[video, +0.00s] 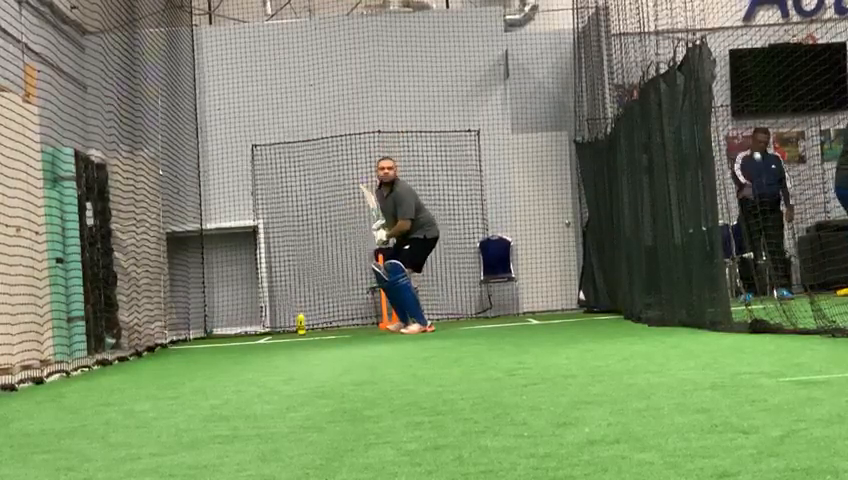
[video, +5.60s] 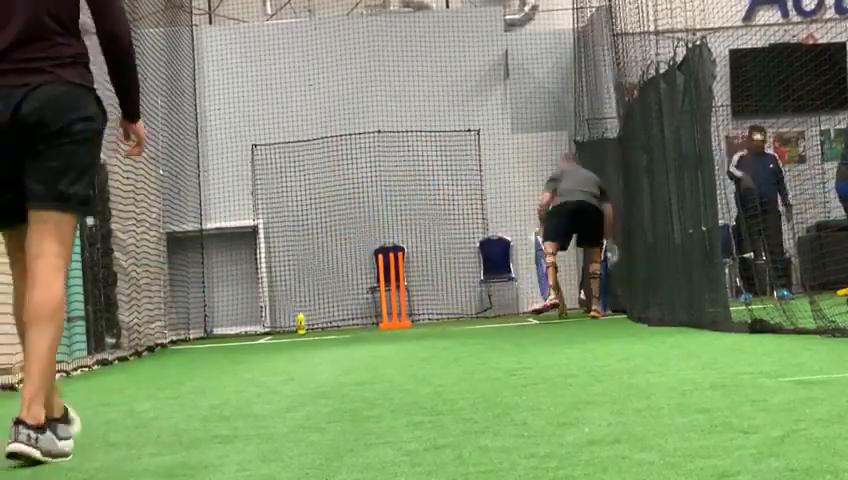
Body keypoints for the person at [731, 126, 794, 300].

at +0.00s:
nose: (762, 145)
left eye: (765, 142)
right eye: (759, 141)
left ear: (768, 142)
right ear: (752, 141)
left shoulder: (775, 159)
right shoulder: (742, 159)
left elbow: (783, 184)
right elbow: (737, 175)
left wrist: (788, 205)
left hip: (772, 207)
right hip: (751, 208)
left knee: (776, 247)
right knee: (751, 248)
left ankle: (781, 286)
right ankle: (752, 289)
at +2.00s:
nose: (755, 142)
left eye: (757, 139)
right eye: (751, 139)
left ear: (761, 140)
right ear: (743, 140)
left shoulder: (770, 159)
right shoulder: (734, 159)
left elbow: (782, 180)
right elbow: (724, 182)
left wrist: (775, 194)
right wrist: (742, 197)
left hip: (768, 210)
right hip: (745, 211)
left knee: (774, 247)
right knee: (746, 251)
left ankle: (781, 286)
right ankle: (748, 289)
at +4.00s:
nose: (755, 142)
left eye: (758, 139)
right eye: (751, 138)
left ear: (762, 141)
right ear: (744, 140)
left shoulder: (769, 159)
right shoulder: (735, 159)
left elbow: (777, 185)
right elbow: (721, 181)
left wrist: (781, 207)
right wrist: (735, 178)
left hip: (768, 211)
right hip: (744, 212)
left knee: (774, 248)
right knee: (746, 252)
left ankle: (779, 286)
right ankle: (748, 289)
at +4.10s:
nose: (755, 142)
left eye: (759, 139)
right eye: (752, 138)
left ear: (762, 142)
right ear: (744, 140)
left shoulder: (769, 160)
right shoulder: (736, 160)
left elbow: (777, 186)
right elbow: (724, 178)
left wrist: (781, 207)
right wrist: (710, 179)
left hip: (768, 211)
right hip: (744, 212)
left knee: (774, 248)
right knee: (746, 251)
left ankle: (779, 286)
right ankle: (748, 289)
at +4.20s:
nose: (754, 142)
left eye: (758, 139)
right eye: (751, 138)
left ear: (762, 142)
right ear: (744, 140)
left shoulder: (769, 160)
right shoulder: (735, 161)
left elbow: (777, 186)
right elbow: (717, 174)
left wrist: (781, 207)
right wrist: (705, 167)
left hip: (768, 211)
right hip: (744, 212)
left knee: (774, 248)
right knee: (745, 251)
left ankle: (780, 286)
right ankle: (749, 289)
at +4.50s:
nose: (756, 143)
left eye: (759, 141)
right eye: (752, 140)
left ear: (763, 142)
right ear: (745, 140)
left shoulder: (768, 160)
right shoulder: (735, 159)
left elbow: (781, 180)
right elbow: (713, 170)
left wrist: (779, 192)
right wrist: (727, 155)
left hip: (767, 210)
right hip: (744, 211)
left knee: (773, 247)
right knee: (744, 250)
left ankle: (779, 286)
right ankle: (749, 289)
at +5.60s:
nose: (759, 144)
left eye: (762, 141)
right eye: (755, 140)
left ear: (765, 141)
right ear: (749, 141)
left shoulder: (772, 158)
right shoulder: (740, 157)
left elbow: (780, 182)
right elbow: (731, 172)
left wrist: (786, 203)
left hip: (770, 209)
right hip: (748, 210)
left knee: (775, 247)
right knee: (746, 250)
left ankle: (781, 286)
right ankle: (749, 289)